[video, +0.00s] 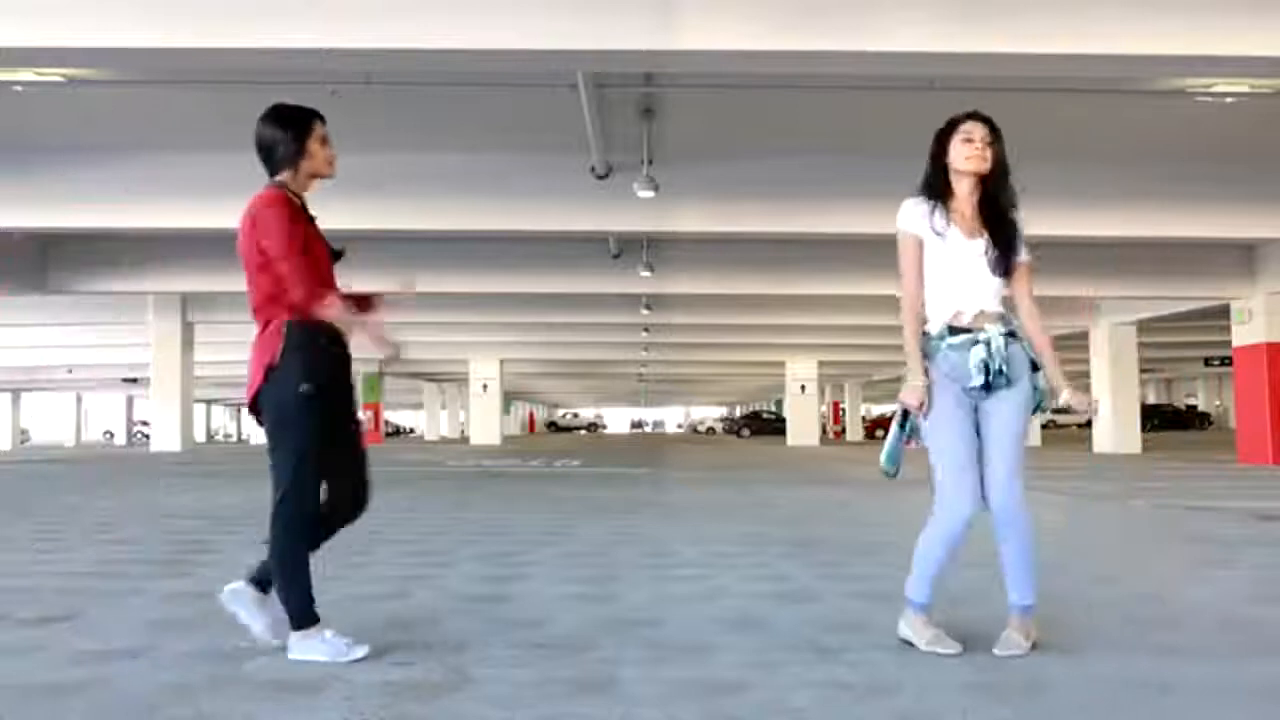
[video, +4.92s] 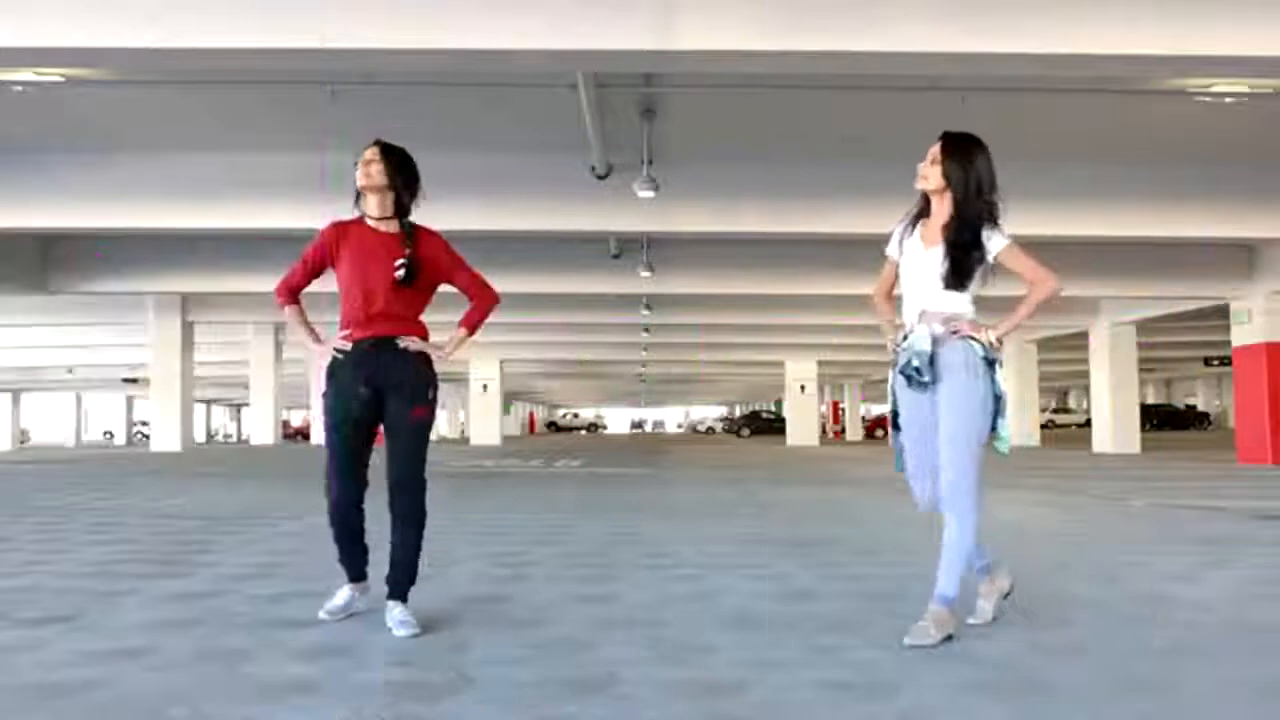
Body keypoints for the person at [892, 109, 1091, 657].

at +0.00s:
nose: (976, 148)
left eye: (985, 142)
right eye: (965, 140)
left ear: (996, 158)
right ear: (944, 152)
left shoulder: (1006, 225)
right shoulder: (919, 213)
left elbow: (1025, 306)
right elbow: (911, 298)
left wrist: (1059, 381)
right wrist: (914, 372)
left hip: (1007, 358)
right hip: (943, 359)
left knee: (1005, 493)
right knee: (960, 498)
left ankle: (1022, 618)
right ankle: (915, 612)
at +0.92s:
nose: (928, 158)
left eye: (931, 146)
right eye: (913, 156)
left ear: (946, 150)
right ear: (903, 172)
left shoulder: (946, 214)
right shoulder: (923, 211)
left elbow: (951, 300)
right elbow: (940, 294)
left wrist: (973, 372)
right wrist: (969, 372)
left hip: (959, 358)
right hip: (926, 357)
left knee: (989, 490)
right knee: (939, 493)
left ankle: (973, 615)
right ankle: (916, 616)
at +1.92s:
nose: (925, 164)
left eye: (932, 153)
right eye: (916, 160)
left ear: (956, 155)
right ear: (911, 171)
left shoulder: (985, 224)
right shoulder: (917, 216)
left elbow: (996, 301)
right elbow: (869, 287)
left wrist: (1007, 358)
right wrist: (887, 358)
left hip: (968, 362)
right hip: (915, 356)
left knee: (995, 493)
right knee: (924, 490)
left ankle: (977, 616)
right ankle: (912, 615)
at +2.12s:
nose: (920, 155)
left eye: (929, 146)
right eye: (918, 146)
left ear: (958, 150)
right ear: (921, 153)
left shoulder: (1003, 213)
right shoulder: (910, 209)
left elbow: (1068, 257)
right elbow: (842, 242)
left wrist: (1034, 315)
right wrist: (869, 291)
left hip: (984, 353)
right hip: (918, 353)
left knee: (984, 490)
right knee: (920, 491)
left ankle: (1008, 613)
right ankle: (912, 614)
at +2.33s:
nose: (936, 159)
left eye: (945, 151)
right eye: (938, 150)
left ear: (972, 159)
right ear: (953, 159)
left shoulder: (1013, 215)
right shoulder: (930, 216)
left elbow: (1083, 268)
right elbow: (905, 274)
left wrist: (1036, 321)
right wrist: (916, 315)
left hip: (998, 359)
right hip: (938, 356)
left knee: (1003, 489)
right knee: (926, 487)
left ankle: (1009, 613)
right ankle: (910, 609)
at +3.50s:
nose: (997, 153)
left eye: (1010, 151)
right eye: (991, 143)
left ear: (1017, 172)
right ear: (970, 156)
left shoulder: (1026, 223)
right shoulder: (941, 227)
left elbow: (1095, 266)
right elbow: (914, 289)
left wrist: (1056, 325)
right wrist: (936, 333)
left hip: (1021, 359)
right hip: (963, 363)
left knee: (1016, 490)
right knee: (950, 490)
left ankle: (1012, 613)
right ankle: (984, 575)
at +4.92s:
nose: (922, 167)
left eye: (933, 162)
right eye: (926, 159)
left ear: (957, 175)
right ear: (932, 171)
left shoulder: (979, 233)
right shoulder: (906, 232)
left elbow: (1045, 282)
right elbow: (881, 294)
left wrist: (1000, 330)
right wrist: (895, 328)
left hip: (960, 359)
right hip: (913, 360)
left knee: (958, 486)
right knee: (926, 489)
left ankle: (942, 606)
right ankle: (989, 575)